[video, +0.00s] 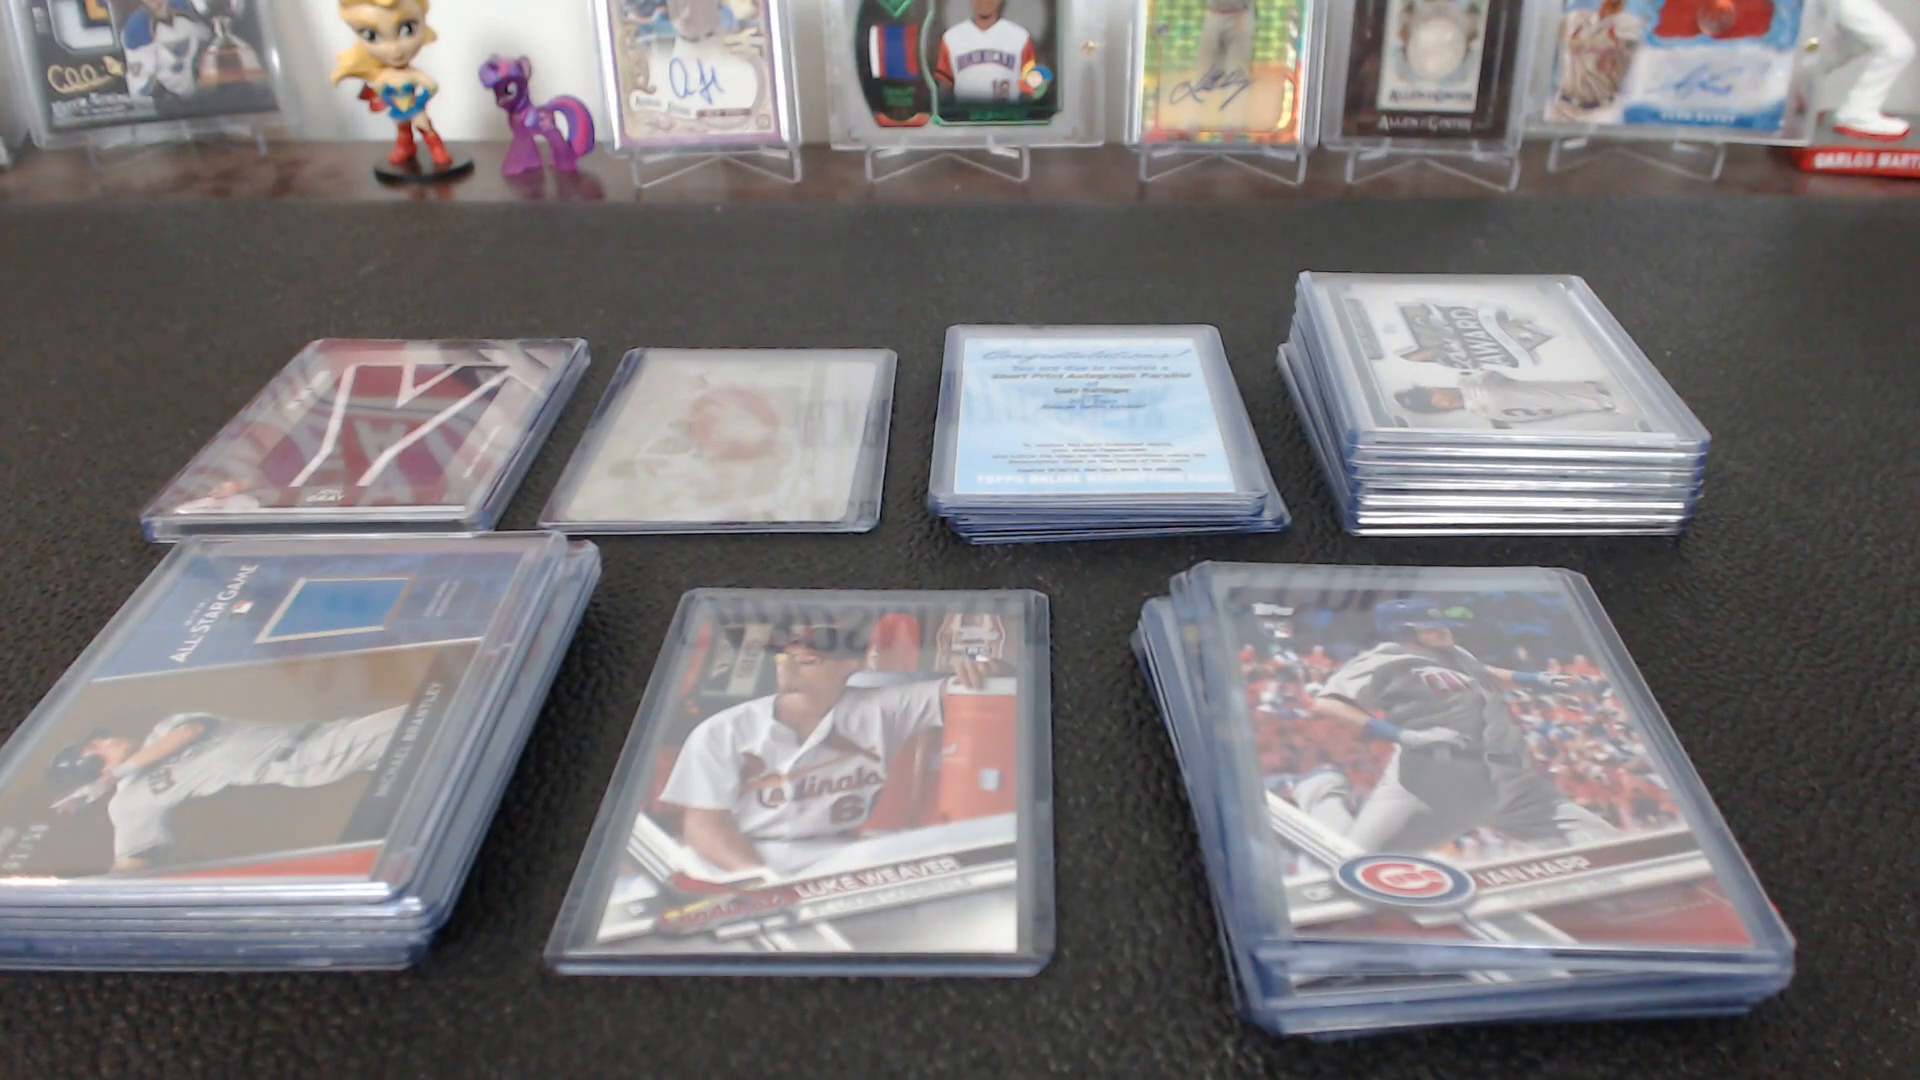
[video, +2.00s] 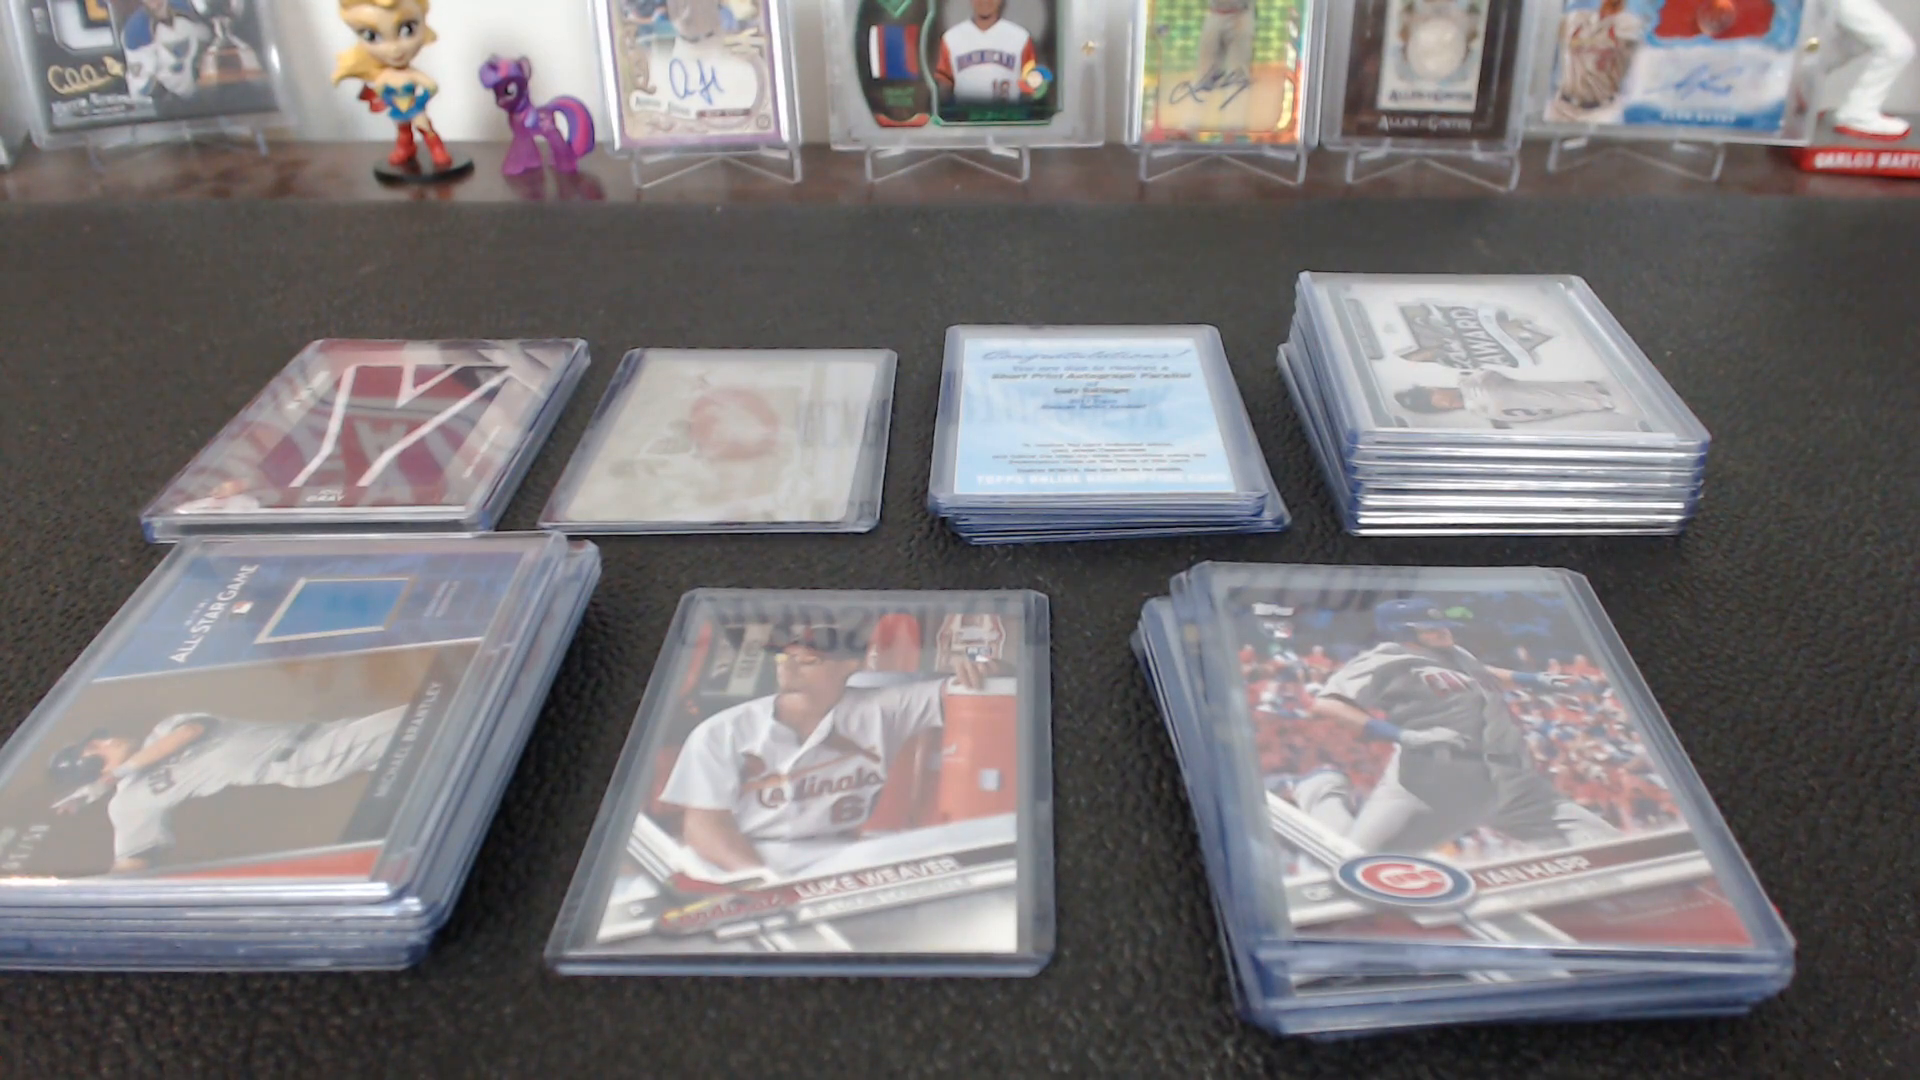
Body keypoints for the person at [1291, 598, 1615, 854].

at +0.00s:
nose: (1446, 631)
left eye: (1446, 622)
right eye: (1434, 623)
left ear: (1449, 624)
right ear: (1406, 628)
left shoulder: (1459, 656)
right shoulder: (1388, 659)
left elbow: (1489, 676)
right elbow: (1328, 704)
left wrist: (1538, 682)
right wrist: (1404, 736)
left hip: (1509, 789)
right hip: (1426, 797)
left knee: (1614, 850)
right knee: (1353, 868)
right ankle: (1321, 792)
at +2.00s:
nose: (1446, 631)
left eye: (1446, 623)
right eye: (1434, 624)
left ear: (1447, 627)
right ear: (1406, 630)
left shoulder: (1459, 657)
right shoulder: (1387, 659)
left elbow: (1490, 676)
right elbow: (1328, 704)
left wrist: (1539, 682)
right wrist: (1404, 736)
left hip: (1509, 789)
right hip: (1429, 796)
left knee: (1613, 850)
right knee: (1353, 868)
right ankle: (1321, 792)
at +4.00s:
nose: (1445, 631)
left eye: (1445, 623)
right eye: (1433, 623)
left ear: (1448, 624)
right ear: (1405, 628)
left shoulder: (1459, 657)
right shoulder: (1388, 659)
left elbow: (1490, 677)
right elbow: (1328, 704)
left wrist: (1541, 683)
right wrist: (1404, 735)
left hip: (1509, 787)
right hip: (1430, 793)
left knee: (1610, 847)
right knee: (1351, 868)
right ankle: (1321, 793)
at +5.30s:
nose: (1446, 629)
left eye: (1447, 620)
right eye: (1434, 620)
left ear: (1449, 623)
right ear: (1406, 625)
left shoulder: (1459, 657)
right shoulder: (1386, 660)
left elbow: (1490, 677)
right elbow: (1328, 705)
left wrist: (1538, 682)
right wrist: (1403, 736)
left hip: (1512, 789)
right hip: (1430, 796)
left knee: (1611, 849)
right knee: (1354, 866)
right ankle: (1321, 793)